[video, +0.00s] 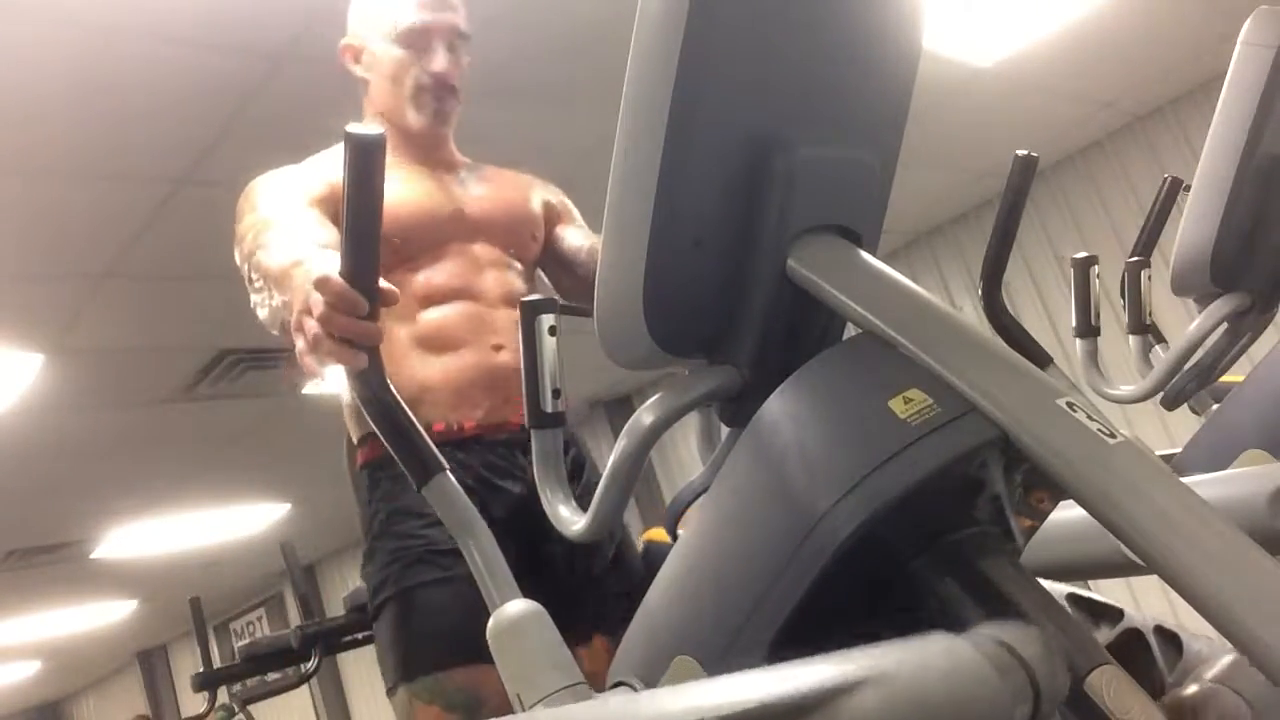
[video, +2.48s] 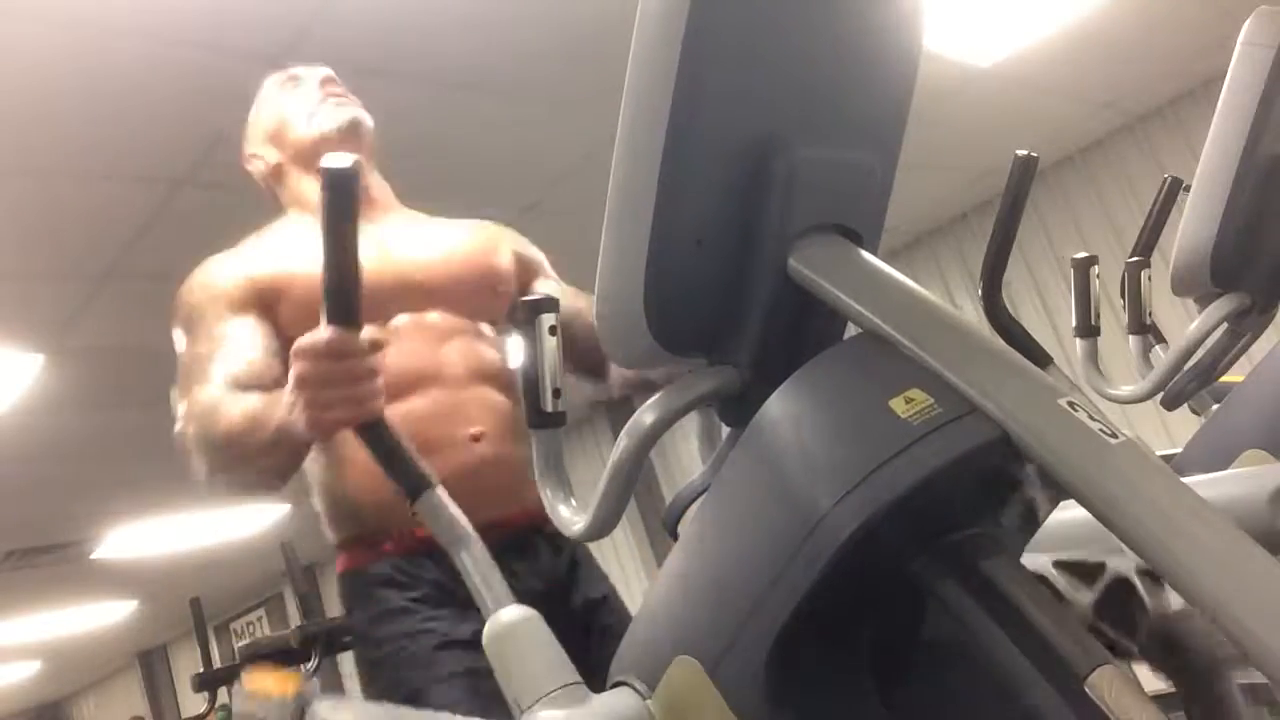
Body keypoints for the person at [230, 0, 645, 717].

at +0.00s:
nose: (443, 65)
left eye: (457, 46)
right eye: (416, 42)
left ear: (470, 61)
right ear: (356, 56)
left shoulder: (530, 195)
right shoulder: (299, 186)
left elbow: (620, 288)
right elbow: (279, 254)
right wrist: (307, 297)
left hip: (549, 455)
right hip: (418, 471)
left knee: (633, 681)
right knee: (457, 704)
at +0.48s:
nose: (417, 160)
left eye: (425, 137)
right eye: (385, 142)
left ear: (446, 157)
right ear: (341, 179)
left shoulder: (530, 303)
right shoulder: (296, 329)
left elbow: (628, 390)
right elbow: (247, 461)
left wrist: (736, 377)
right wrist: (298, 402)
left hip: (559, 588)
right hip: (423, 608)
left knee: (636, 712)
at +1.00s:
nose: (300, 114)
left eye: (306, 114)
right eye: (264, 118)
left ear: (332, 159)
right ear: (227, 190)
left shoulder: (442, 281)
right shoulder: (204, 306)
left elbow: (568, 361)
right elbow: (203, 452)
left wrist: (676, 342)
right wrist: (300, 388)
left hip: (508, 596)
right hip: (363, 634)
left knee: (669, 693)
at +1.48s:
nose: (310, 147)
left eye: (323, 145)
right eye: (284, 152)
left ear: (356, 177)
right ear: (255, 223)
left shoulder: (471, 289)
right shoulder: (238, 324)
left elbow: (592, 385)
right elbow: (227, 452)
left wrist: (708, 388)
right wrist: (301, 398)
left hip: (539, 590)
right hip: (403, 622)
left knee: (626, 711)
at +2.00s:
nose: (300, 107)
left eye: (305, 110)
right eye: (267, 116)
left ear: (332, 160)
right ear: (232, 186)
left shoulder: (443, 259)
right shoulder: (215, 287)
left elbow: (569, 343)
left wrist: (675, 342)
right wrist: (292, 394)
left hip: (513, 567)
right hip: (375, 607)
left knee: (677, 684)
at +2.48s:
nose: (328, 81)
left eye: (338, 80)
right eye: (294, 84)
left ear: (368, 125)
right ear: (259, 157)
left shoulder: (494, 243)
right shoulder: (234, 276)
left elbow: (619, 354)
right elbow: (214, 445)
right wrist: (295, 412)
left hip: (543, 555)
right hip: (405, 584)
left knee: (659, 706)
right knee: (466, 716)